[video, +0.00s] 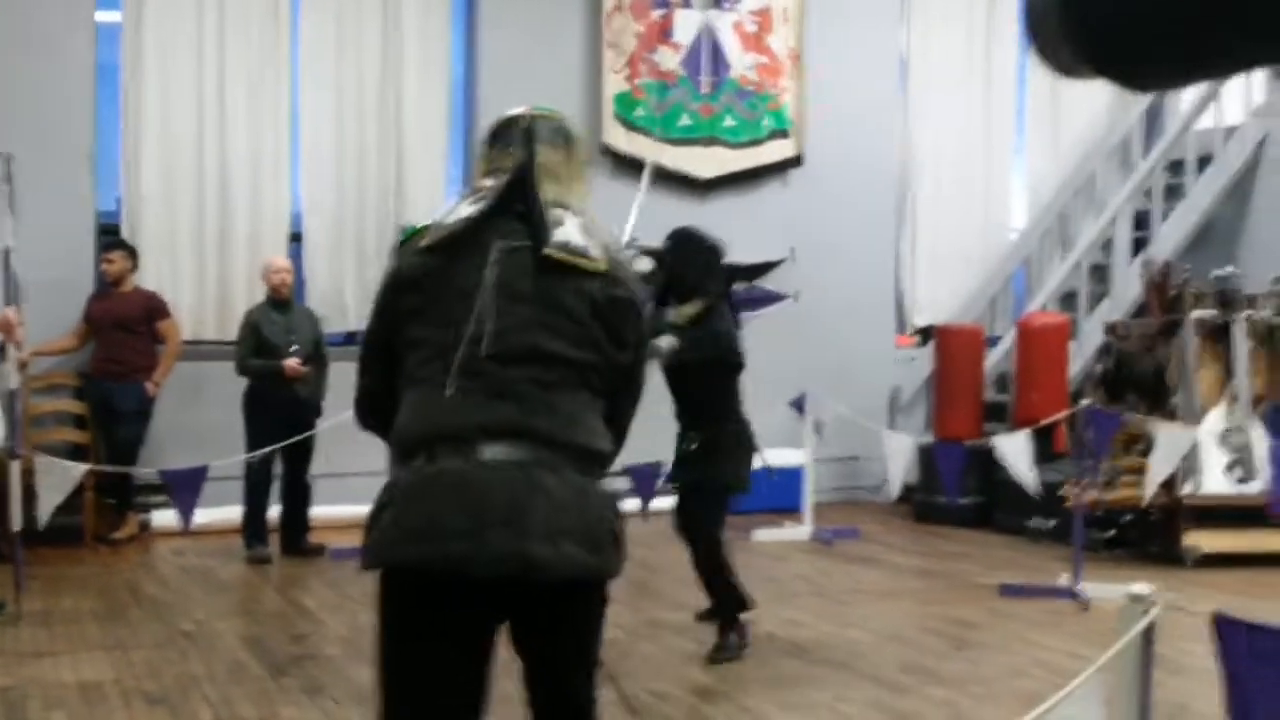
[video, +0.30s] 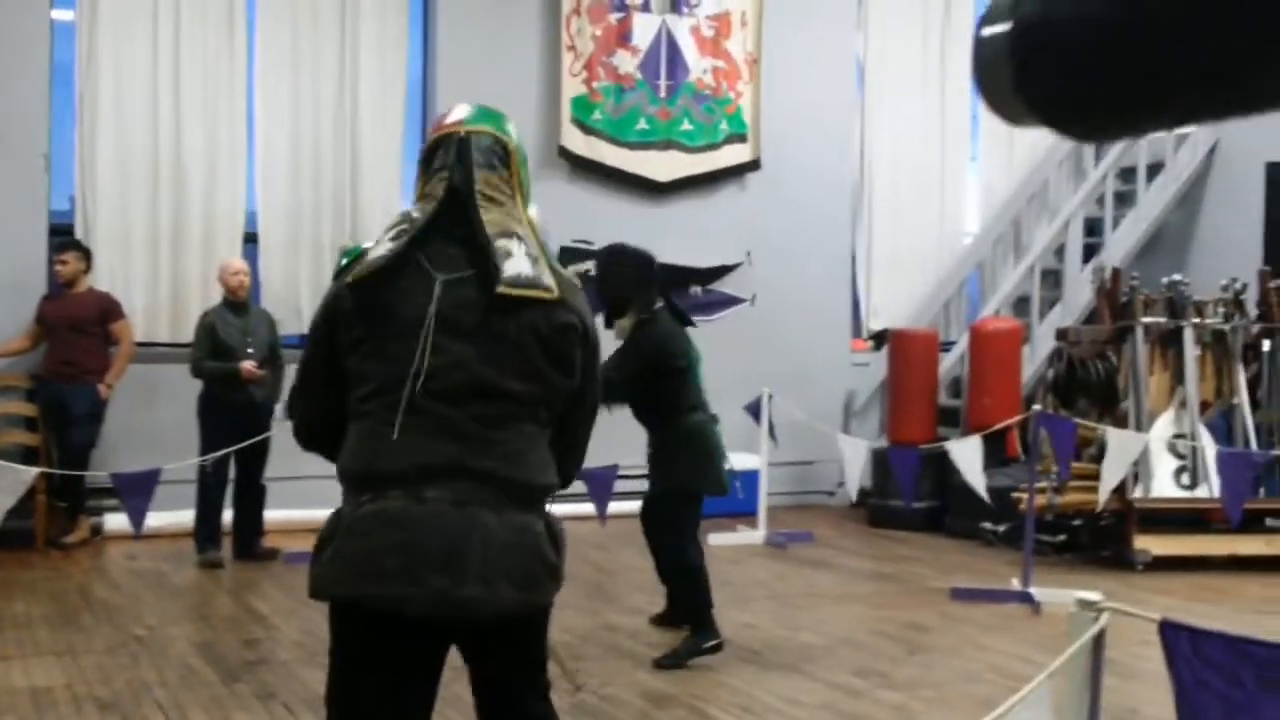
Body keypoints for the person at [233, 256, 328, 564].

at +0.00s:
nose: (282, 278)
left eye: (287, 272)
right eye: (276, 272)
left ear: (294, 277)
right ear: (265, 278)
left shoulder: (307, 317)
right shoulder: (255, 317)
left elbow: (320, 360)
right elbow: (243, 363)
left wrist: (315, 397)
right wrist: (279, 366)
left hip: (301, 404)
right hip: (264, 404)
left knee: (297, 475)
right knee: (259, 473)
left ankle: (295, 538)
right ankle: (256, 541)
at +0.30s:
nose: (241, 279)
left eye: (245, 273)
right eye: (234, 274)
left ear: (251, 279)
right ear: (221, 280)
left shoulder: (263, 319)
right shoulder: (211, 320)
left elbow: (276, 363)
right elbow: (198, 366)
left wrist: (269, 397)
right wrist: (235, 368)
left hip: (256, 407)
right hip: (219, 407)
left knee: (251, 479)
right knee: (213, 477)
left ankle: (248, 542)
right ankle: (209, 545)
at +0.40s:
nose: (224, 279)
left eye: (228, 273)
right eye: (218, 273)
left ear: (234, 279)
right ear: (205, 280)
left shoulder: (247, 318)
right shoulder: (194, 319)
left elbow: (260, 363)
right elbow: (181, 365)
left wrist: (253, 398)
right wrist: (219, 368)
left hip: (240, 408)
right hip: (202, 409)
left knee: (234, 480)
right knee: (196, 478)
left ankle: (231, 542)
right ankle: (192, 546)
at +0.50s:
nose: (204, 277)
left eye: (208, 272)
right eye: (198, 272)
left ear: (214, 277)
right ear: (184, 278)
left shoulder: (227, 317)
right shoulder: (174, 318)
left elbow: (240, 362)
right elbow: (161, 365)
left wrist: (233, 398)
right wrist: (198, 367)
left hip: (220, 408)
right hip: (181, 408)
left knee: (214, 479)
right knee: (176, 477)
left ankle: (211, 541)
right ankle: (171, 545)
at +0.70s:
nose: (174, 275)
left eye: (178, 270)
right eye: (167, 270)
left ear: (184, 275)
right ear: (154, 277)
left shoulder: (197, 315)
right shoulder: (143, 316)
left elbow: (211, 360)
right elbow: (130, 363)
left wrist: (205, 397)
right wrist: (169, 365)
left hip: (190, 406)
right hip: (151, 407)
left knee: (185, 478)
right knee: (145, 476)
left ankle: (182, 541)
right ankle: (141, 545)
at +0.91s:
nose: (157, 271)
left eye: (161, 266)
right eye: (150, 266)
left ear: (168, 272)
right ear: (138, 273)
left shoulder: (182, 311)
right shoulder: (127, 313)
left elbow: (196, 357)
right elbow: (114, 360)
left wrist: (190, 395)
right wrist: (153, 363)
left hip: (175, 403)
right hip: (136, 403)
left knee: (170, 475)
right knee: (130, 474)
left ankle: (167, 539)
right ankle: (127, 542)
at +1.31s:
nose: (133, 268)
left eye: (138, 262)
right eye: (126, 263)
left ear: (145, 269)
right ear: (115, 270)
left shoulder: (160, 309)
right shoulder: (105, 310)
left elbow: (173, 354)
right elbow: (91, 358)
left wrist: (168, 392)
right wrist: (130, 361)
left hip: (153, 402)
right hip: (113, 402)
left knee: (148, 474)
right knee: (108, 473)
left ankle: (145, 540)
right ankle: (104, 543)